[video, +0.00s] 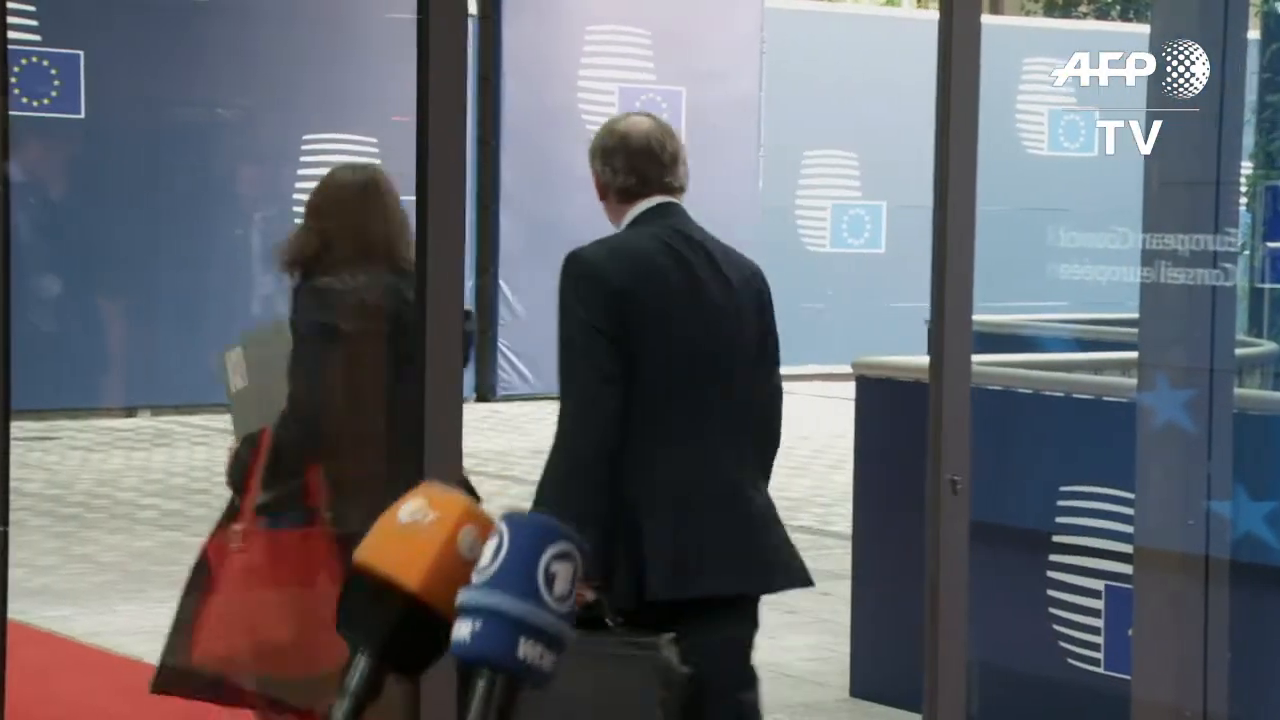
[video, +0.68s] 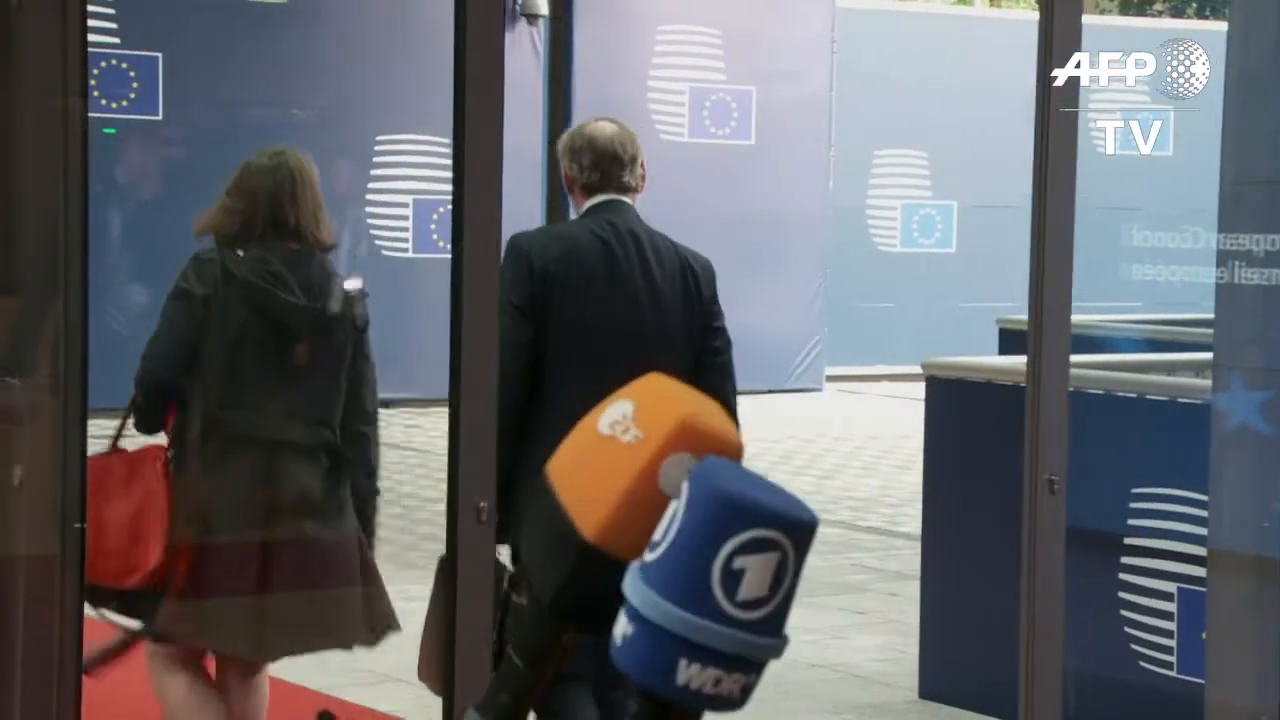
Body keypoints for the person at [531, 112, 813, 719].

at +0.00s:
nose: (595, 190)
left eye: (595, 180)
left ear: (602, 186)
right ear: (680, 177)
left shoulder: (596, 268)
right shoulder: (743, 274)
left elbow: (588, 420)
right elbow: (764, 413)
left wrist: (570, 550)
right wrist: (737, 508)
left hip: (626, 547)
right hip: (727, 540)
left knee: (624, 702)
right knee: (727, 702)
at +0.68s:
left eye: (565, 173)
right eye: (645, 168)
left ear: (570, 180)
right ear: (641, 177)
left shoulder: (533, 255)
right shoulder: (691, 269)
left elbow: (505, 388)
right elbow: (718, 399)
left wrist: (488, 501)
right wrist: (714, 507)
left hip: (556, 505)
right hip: (657, 504)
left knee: (561, 670)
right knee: (641, 670)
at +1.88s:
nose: (548, 176)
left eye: (543, 167)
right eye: (547, 168)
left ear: (482, 173)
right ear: (539, 175)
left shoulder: (447, 235)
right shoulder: (575, 252)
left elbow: (413, 334)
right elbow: (598, 354)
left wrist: (402, 425)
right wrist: (597, 441)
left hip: (453, 441)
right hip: (535, 445)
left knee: (444, 561)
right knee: (514, 582)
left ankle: (472, 674)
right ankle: (489, 706)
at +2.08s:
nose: (538, 174)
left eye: (534, 165)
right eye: (537, 166)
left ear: (474, 172)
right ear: (529, 174)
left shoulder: (439, 230)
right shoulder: (563, 245)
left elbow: (407, 321)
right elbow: (586, 340)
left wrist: (390, 404)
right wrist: (559, 397)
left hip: (443, 424)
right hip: (526, 426)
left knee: (442, 540)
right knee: (510, 564)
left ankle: (431, 677)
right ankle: (488, 705)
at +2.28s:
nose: (519, 188)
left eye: (513, 179)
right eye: (517, 181)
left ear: (455, 187)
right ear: (509, 188)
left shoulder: (422, 251)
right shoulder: (544, 258)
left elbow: (399, 347)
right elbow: (576, 346)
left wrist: (390, 429)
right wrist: (543, 399)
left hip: (435, 437)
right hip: (513, 433)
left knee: (442, 560)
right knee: (505, 560)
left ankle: (443, 688)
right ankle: (489, 690)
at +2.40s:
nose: (506, 184)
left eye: (499, 175)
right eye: (505, 177)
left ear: (447, 181)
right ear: (497, 182)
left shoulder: (413, 246)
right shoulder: (535, 248)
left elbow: (394, 341)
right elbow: (561, 344)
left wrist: (390, 422)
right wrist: (551, 415)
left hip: (433, 429)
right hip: (507, 427)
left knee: (435, 554)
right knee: (499, 543)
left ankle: (435, 680)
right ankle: (491, 639)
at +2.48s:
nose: (503, 178)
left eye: (498, 169)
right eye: (501, 171)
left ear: (445, 176)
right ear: (493, 176)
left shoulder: (409, 240)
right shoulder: (531, 241)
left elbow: (392, 335)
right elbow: (552, 338)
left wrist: (388, 413)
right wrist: (557, 414)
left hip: (432, 412)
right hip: (505, 415)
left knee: (432, 535)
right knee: (499, 523)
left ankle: (436, 666)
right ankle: (487, 615)